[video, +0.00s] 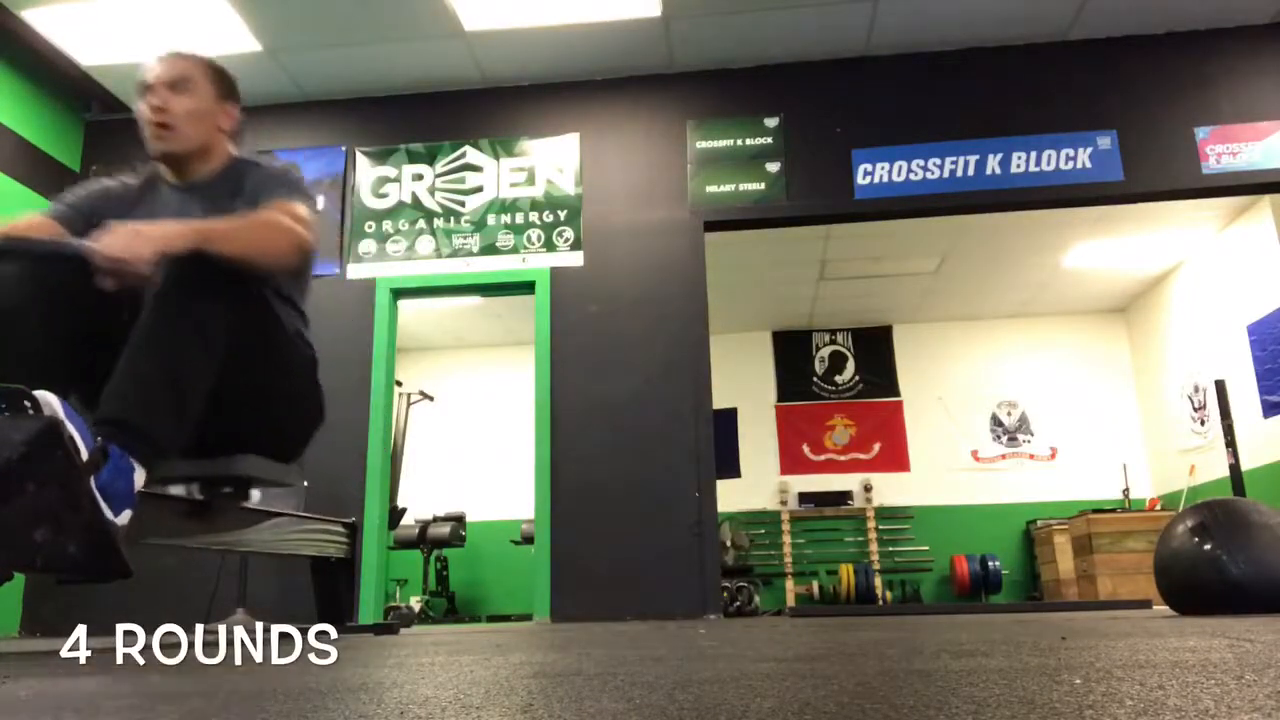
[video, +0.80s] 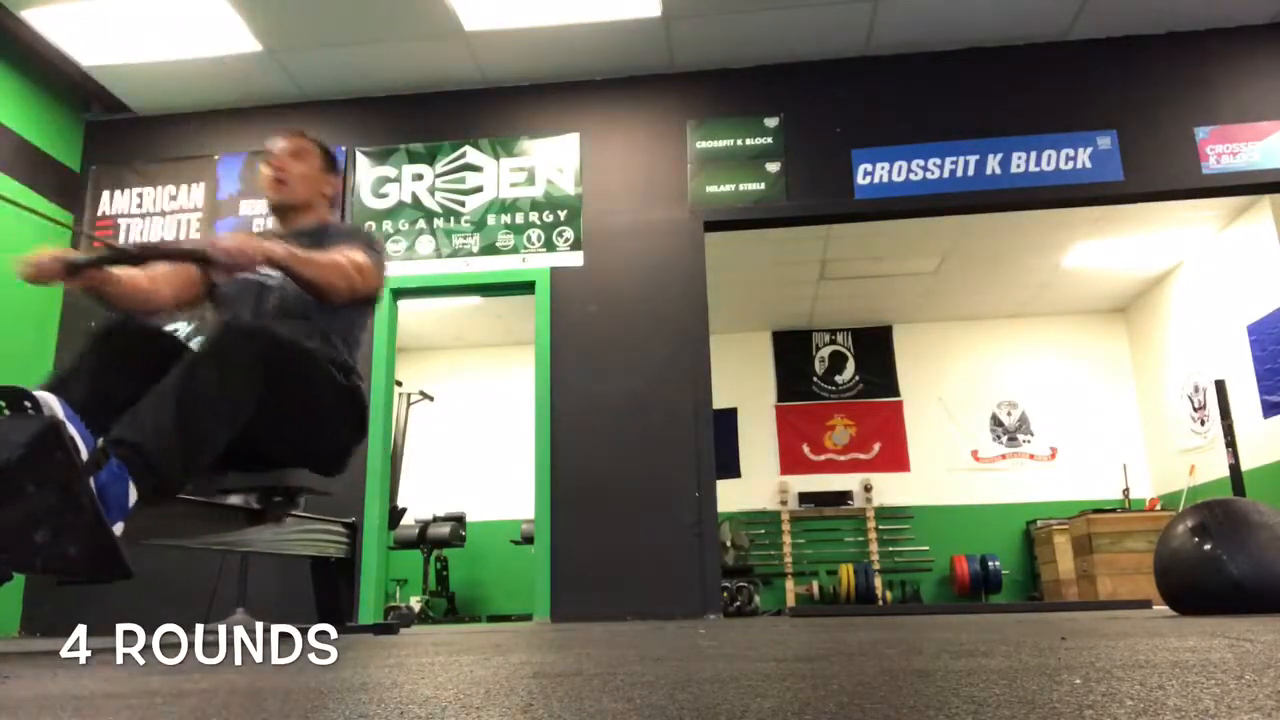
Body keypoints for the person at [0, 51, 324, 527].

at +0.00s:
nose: (156, 102)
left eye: (179, 88)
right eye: (147, 92)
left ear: (227, 117)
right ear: (138, 113)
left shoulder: (269, 182)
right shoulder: (119, 195)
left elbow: (290, 242)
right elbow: (17, 234)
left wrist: (171, 235)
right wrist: (93, 250)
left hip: (260, 406)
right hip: (139, 398)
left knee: (199, 269)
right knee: (30, 266)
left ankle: (121, 460)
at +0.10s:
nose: (118, 80)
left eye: (142, 65)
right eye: (110, 70)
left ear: (197, 95)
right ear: (100, 93)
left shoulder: (245, 164)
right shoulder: (85, 175)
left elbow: (255, 215)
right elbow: (4, 199)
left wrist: (114, 205)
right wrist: (38, 225)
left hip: (239, 398)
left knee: (187, 240)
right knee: (15, 241)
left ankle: (124, 452)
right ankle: (19, 436)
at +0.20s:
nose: (93, 68)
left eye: (120, 52)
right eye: (85, 59)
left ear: (177, 82)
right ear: (76, 81)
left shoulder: (229, 152)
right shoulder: (66, 161)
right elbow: (9, 170)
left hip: (231, 393)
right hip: (103, 382)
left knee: (178, 226)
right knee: (21, 228)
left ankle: (121, 449)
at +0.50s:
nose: (155, 85)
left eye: (180, 71)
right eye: (150, 76)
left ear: (228, 104)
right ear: (141, 100)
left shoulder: (268, 171)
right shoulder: (118, 182)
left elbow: (242, 212)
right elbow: (19, 214)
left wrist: (127, 175)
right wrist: (12, 214)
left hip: (248, 395)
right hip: (131, 386)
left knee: (184, 238)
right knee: (48, 250)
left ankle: (119, 455)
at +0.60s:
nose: (201, 107)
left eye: (226, 97)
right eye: (194, 99)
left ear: (267, 131)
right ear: (184, 124)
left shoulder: (299, 192)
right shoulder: (159, 201)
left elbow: (281, 234)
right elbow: (61, 241)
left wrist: (176, 195)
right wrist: (1, 231)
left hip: (274, 399)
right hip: (170, 396)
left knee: (200, 275)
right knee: (79, 275)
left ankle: (115, 468)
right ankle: (12, 440)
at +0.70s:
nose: (241, 135)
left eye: (261, 125)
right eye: (235, 128)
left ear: (300, 156)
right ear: (226, 149)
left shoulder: (326, 215)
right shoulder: (207, 224)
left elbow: (318, 258)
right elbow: (115, 263)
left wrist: (225, 224)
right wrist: (27, 252)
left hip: (296, 411)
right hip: (205, 415)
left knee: (227, 294)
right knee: (109, 306)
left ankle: (119, 473)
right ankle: (16, 444)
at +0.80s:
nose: (276, 166)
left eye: (294, 158)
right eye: (272, 159)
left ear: (331, 185)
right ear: (264, 177)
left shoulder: (352, 242)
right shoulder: (244, 248)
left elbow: (353, 280)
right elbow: (156, 288)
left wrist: (268, 251)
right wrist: (80, 272)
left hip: (320, 412)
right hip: (226, 406)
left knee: (244, 349)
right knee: (133, 338)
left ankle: (115, 484)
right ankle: (37, 447)